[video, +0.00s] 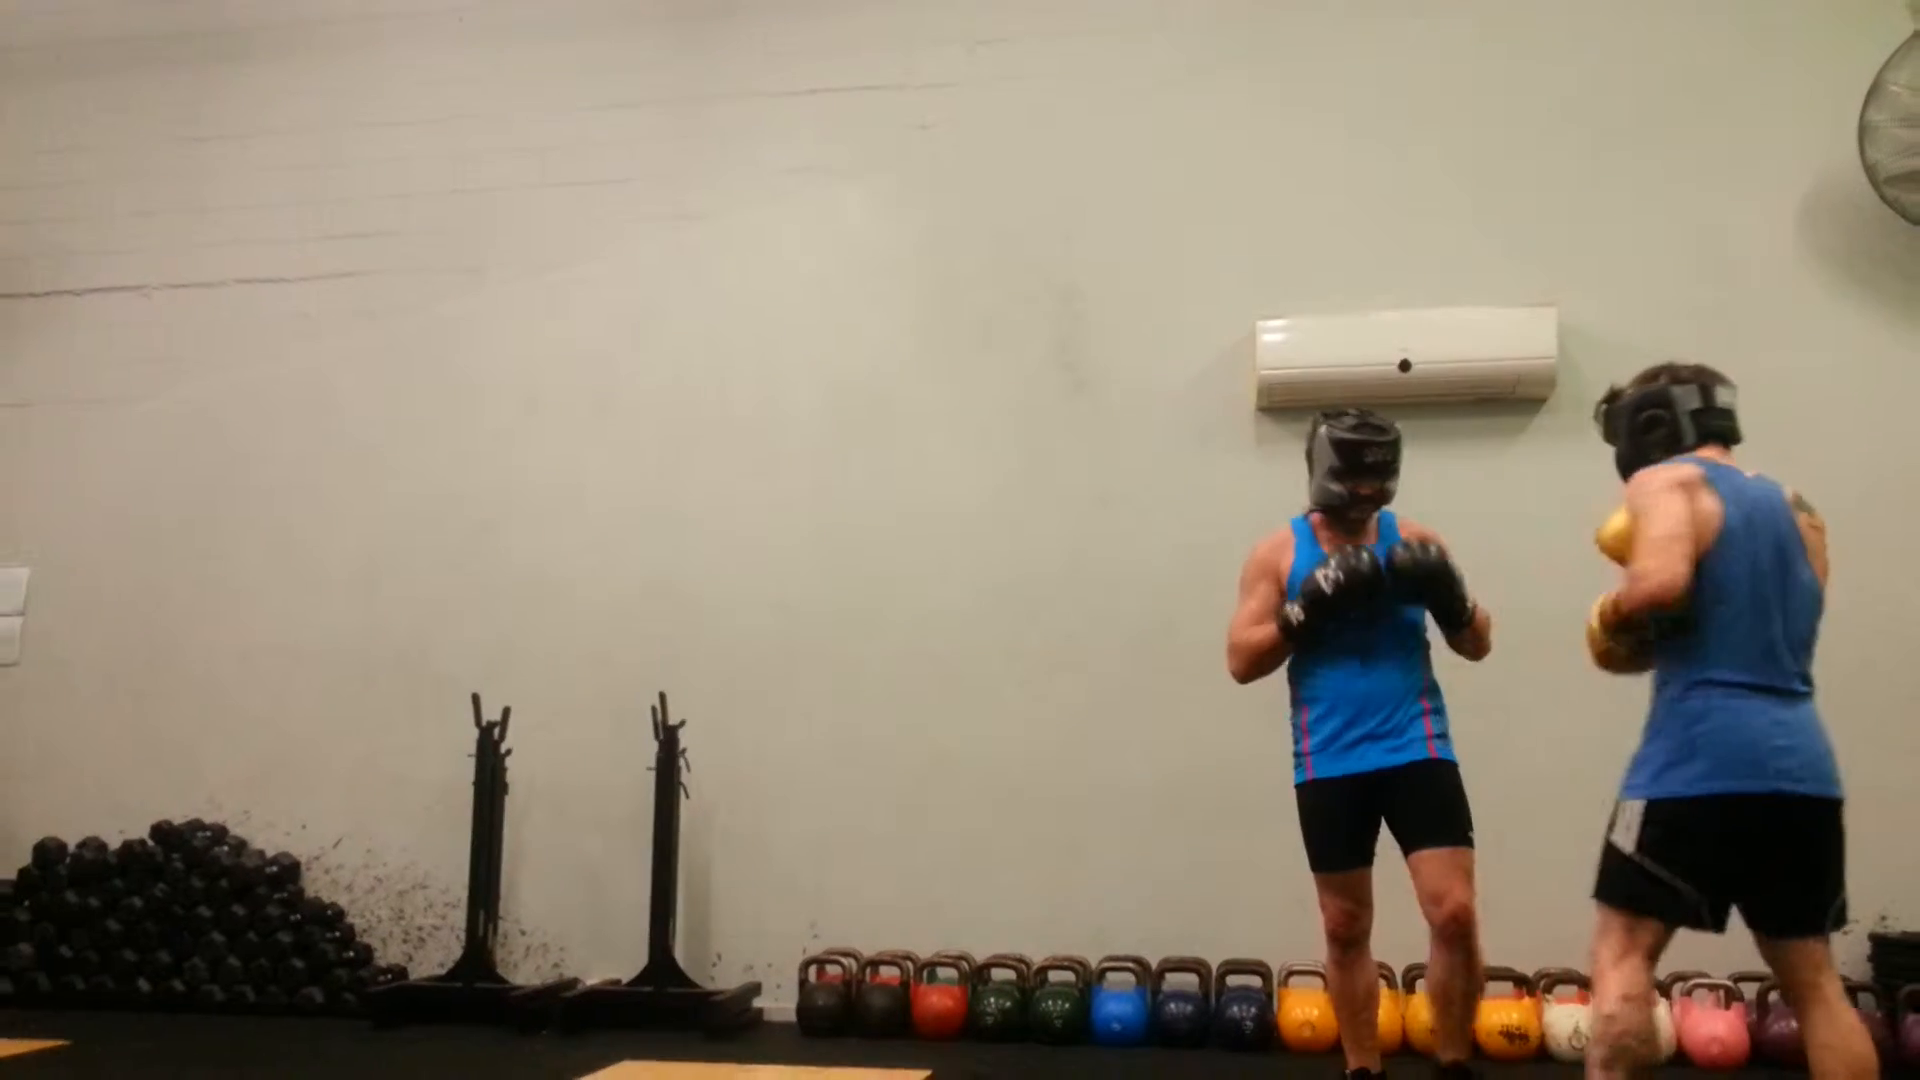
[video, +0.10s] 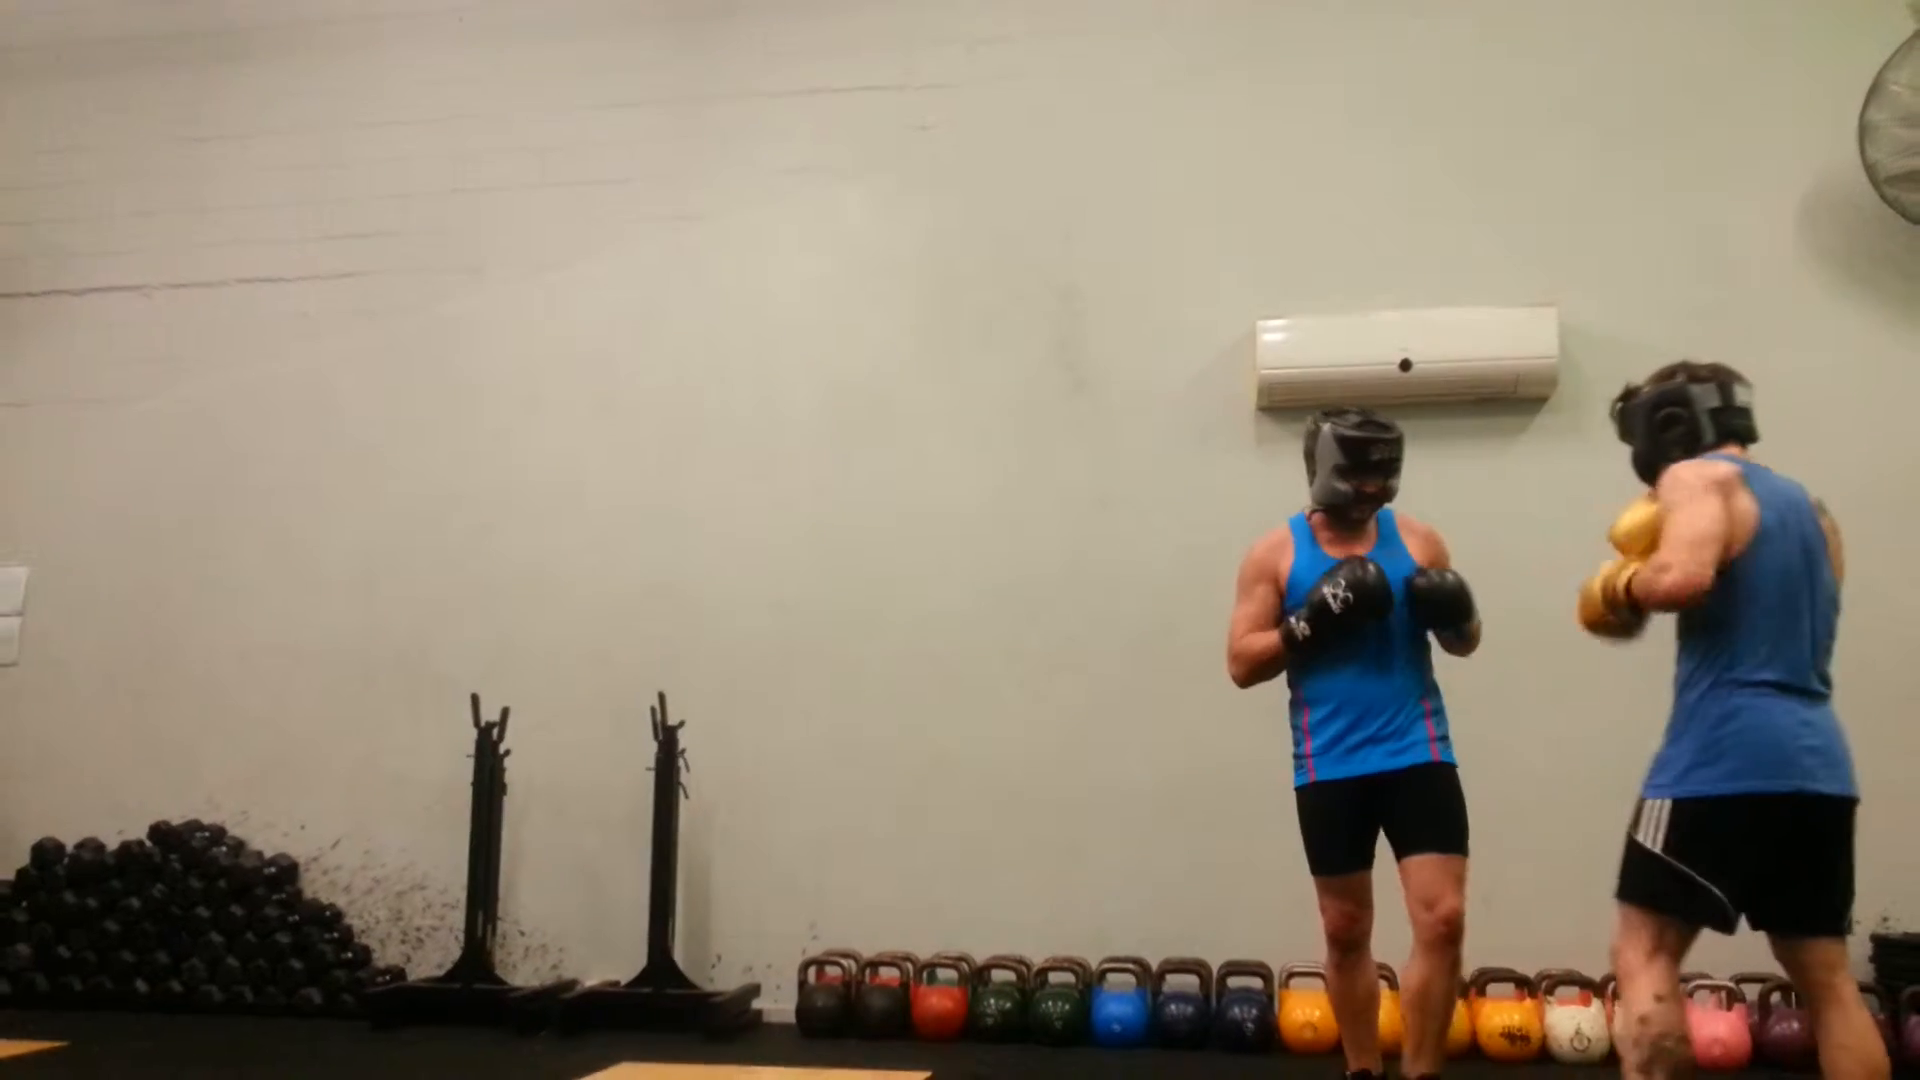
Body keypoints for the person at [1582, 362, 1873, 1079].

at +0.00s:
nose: (1623, 462)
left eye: (1624, 446)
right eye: (1619, 449)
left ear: (1651, 434)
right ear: (1720, 430)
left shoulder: (1663, 482)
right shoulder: (1800, 512)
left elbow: (1661, 579)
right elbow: (1796, 614)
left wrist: (1612, 614)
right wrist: (1670, 621)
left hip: (1694, 768)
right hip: (1801, 773)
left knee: (1624, 955)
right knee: (1814, 977)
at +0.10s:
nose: (1644, 469)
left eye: (1644, 452)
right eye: (1642, 455)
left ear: (1668, 434)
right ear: (1733, 429)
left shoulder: (1698, 477)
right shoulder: (1812, 508)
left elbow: (1682, 576)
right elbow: (1801, 606)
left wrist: (1623, 584)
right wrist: (1682, 543)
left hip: (1717, 762)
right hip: (1818, 770)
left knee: (1645, 957)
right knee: (1826, 976)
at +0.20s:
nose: (1659, 453)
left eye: (1661, 434)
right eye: (1655, 436)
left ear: (1693, 424)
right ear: (1754, 420)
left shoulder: (1717, 475)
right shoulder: (1829, 508)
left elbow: (1669, 577)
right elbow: (1779, 583)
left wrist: (1617, 551)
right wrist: (1683, 524)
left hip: (1734, 761)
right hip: (1834, 766)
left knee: (1669, 961)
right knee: (1835, 978)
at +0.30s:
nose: (1671, 450)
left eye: (1673, 435)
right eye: (1668, 437)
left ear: (1704, 421)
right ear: (1767, 416)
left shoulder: (1721, 475)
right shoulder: (1847, 509)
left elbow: (1634, 574)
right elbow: (1778, 579)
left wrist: (1600, 524)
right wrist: (1678, 524)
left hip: (1741, 766)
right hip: (1843, 769)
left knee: (1698, 971)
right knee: (1840, 979)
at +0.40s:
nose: (1678, 443)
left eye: (1680, 429)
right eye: (1675, 431)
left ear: (1707, 419)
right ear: (1777, 413)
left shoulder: (1717, 474)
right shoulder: (1856, 505)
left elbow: (1604, 568)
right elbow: (1782, 575)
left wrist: (1589, 510)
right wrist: (1670, 520)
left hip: (1743, 769)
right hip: (1848, 772)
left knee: (1723, 984)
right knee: (1848, 982)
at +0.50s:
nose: (1678, 442)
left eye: (1680, 426)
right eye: (1675, 429)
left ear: (1710, 415)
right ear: (1781, 412)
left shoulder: (1711, 472)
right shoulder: (1859, 504)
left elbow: (1576, 556)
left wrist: (1561, 504)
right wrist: (1695, 524)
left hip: (1742, 769)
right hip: (1850, 772)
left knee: (1725, 977)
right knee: (1848, 976)